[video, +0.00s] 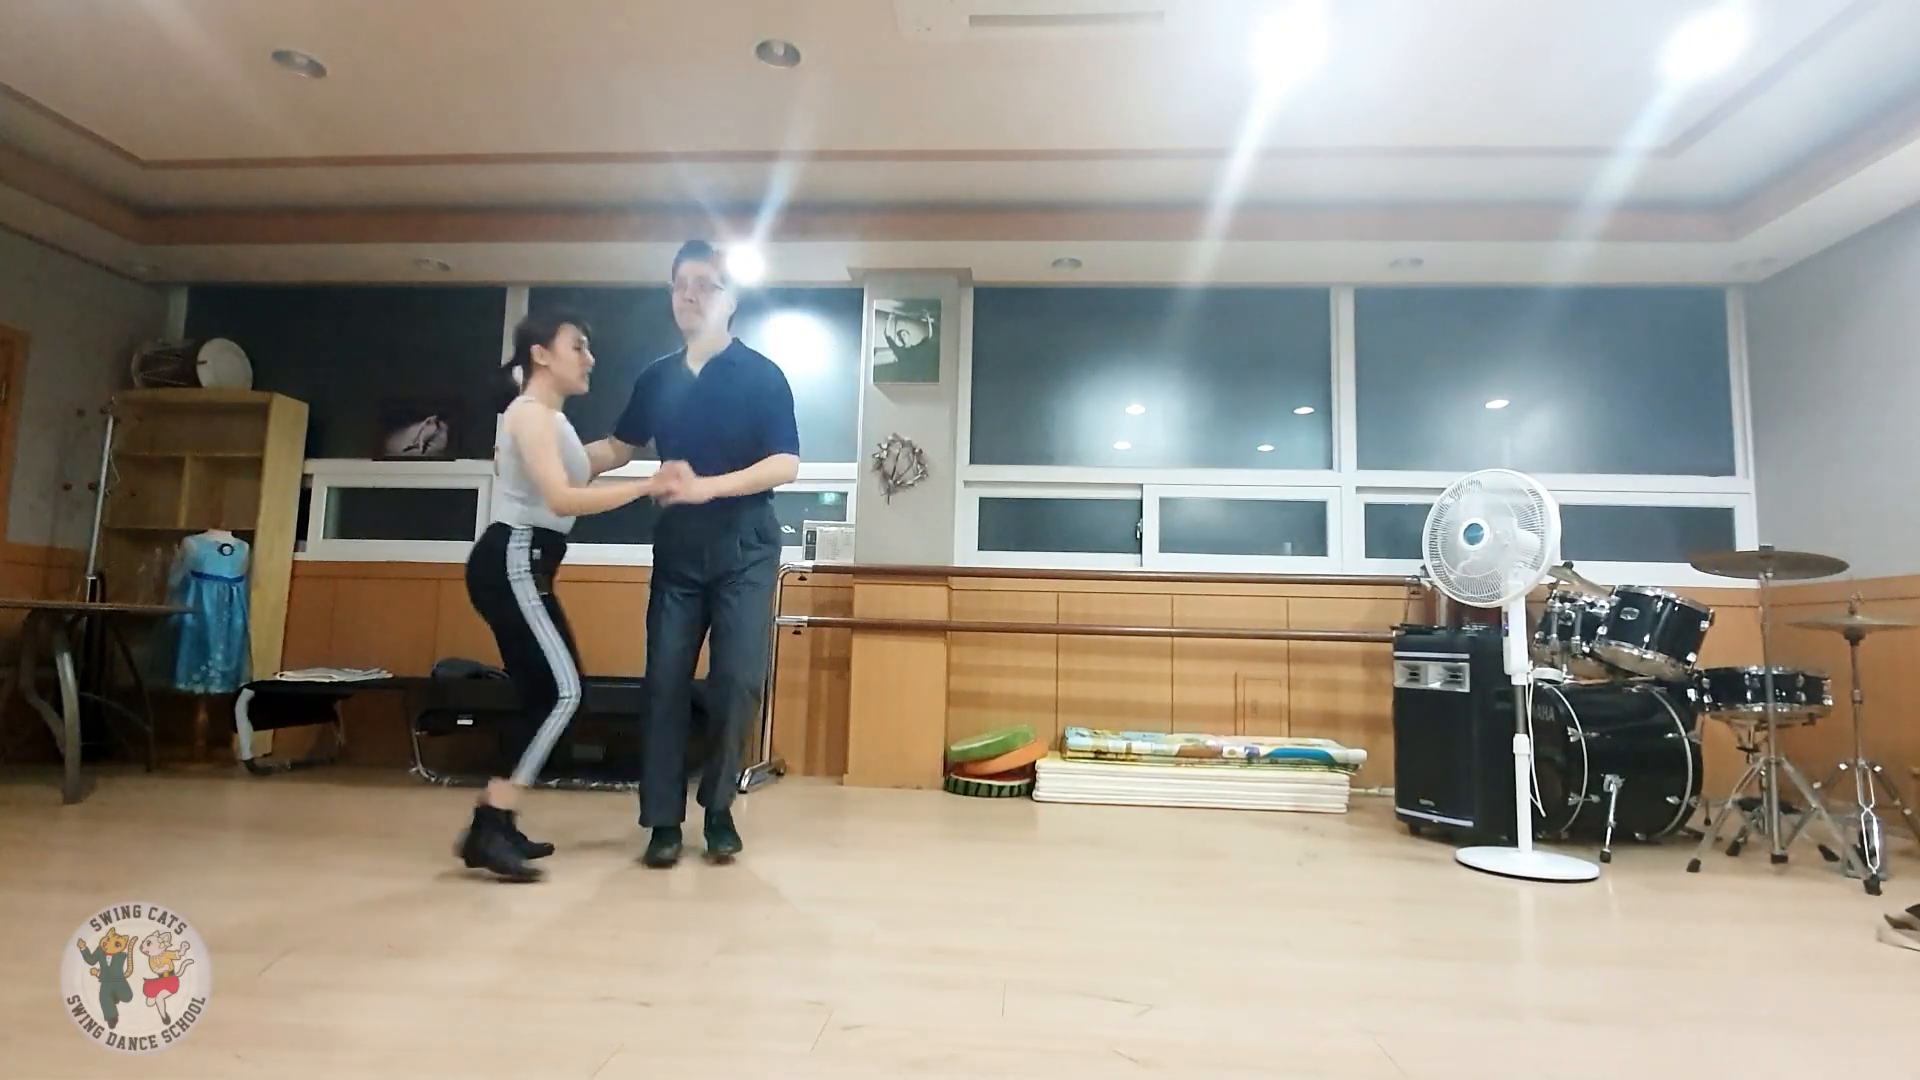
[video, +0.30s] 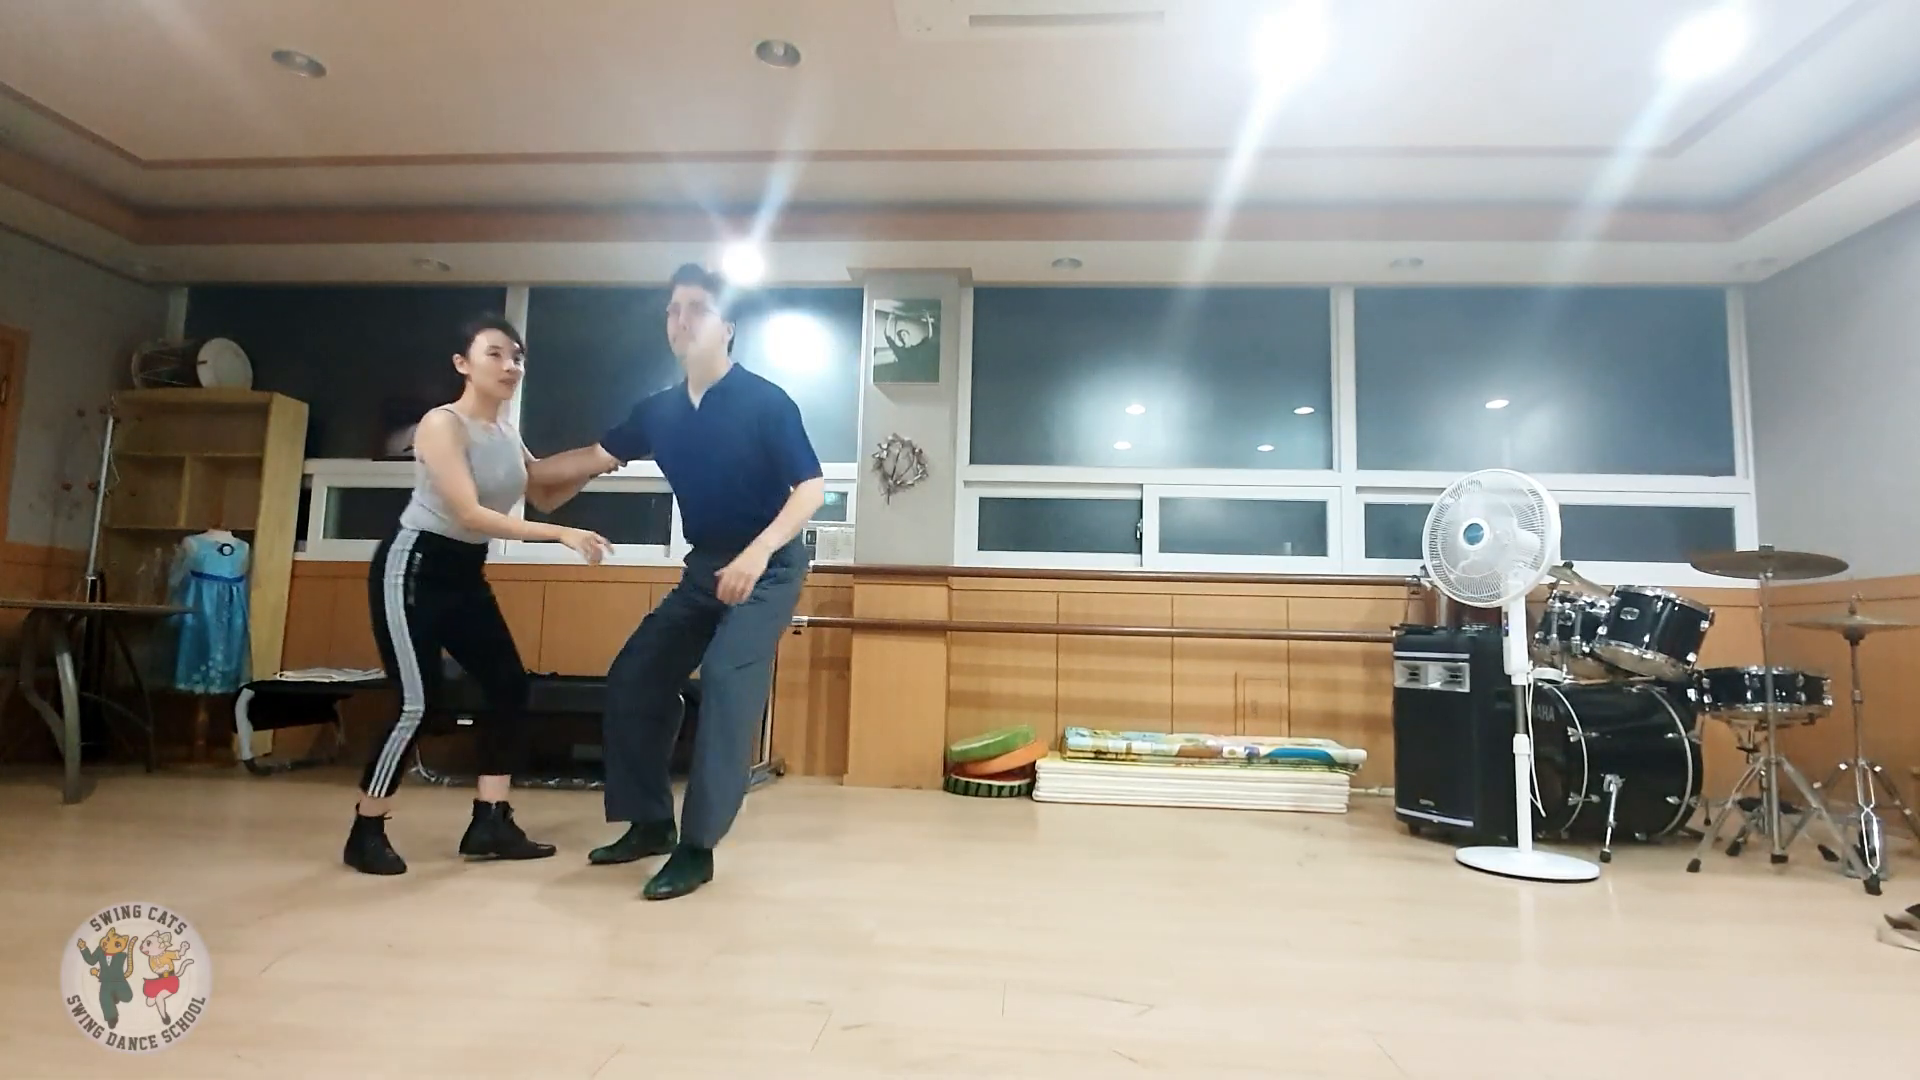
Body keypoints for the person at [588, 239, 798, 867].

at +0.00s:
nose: (689, 297)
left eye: (704, 287)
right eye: (681, 287)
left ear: (729, 297)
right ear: (671, 295)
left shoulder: (762, 375)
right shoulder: (657, 378)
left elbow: (784, 464)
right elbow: (620, 446)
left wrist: (703, 486)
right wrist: (553, 461)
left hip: (747, 548)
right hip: (677, 548)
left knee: (739, 681)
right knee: (665, 683)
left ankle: (719, 807)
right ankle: (664, 823)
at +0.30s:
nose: (680, 321)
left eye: (696, 309)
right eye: (674, 311)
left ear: (727, 323)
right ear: (668, 324)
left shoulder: (766, 403)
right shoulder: (656, 413)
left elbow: (810, 489)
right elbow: (592, 458)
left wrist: (758, 552)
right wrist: (516, 472)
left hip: (771, 564)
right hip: (708, 564)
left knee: (727, 679)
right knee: (637, 673)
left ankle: (698, 847)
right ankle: (649, 825)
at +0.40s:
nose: (678, 327)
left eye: (695, 316)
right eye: (672, 317)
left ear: (728, 329)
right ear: (667, 328)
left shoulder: (768, 408)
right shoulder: (658, 417)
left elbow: (820, 492)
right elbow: (588, 455)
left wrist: (776, 557)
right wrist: (514, 465)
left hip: (778, 569)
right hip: (714, 573)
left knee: (724, 684)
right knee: (632, 682)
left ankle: (694, 845)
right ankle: (650, 822)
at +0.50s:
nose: (678, 331)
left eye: (696, 320)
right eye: (674, 321)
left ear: (731, 336)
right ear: (669, 333)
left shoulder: (771, 409)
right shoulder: (660, 420)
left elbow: (827, 491)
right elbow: (588, 455)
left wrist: (788, 557)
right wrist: (514, 468)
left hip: (782, 575)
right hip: (719, 579)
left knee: (722, 687)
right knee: (631, 685)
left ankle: (693, 846)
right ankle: (652, 819)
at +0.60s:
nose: (687, 334)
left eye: (703, 325)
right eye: (686, 324)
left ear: (740, 340)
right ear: (684, 335)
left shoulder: (781, 417)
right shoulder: (671, 421)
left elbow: (832, 497)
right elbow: (604, 459)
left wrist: (792, 562)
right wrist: (532, 472)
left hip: (783, 577)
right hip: (721, 580)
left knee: (720, 684)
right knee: (632, 686)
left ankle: (695, 848)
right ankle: (668, 818)